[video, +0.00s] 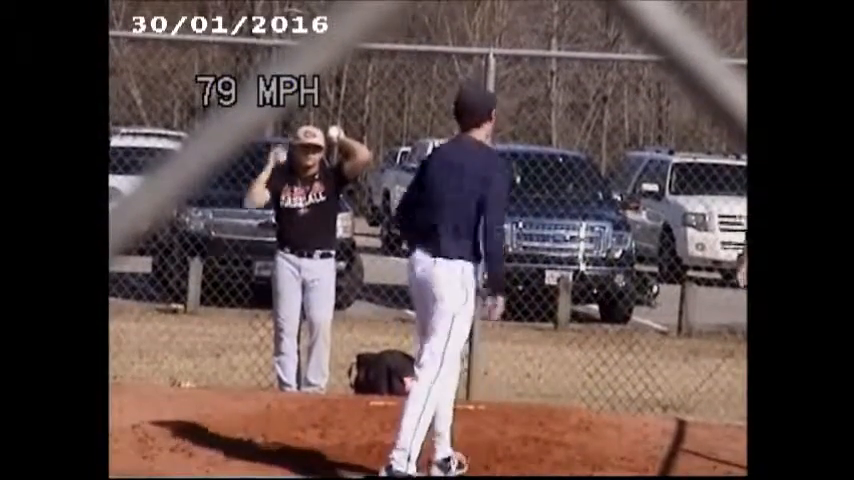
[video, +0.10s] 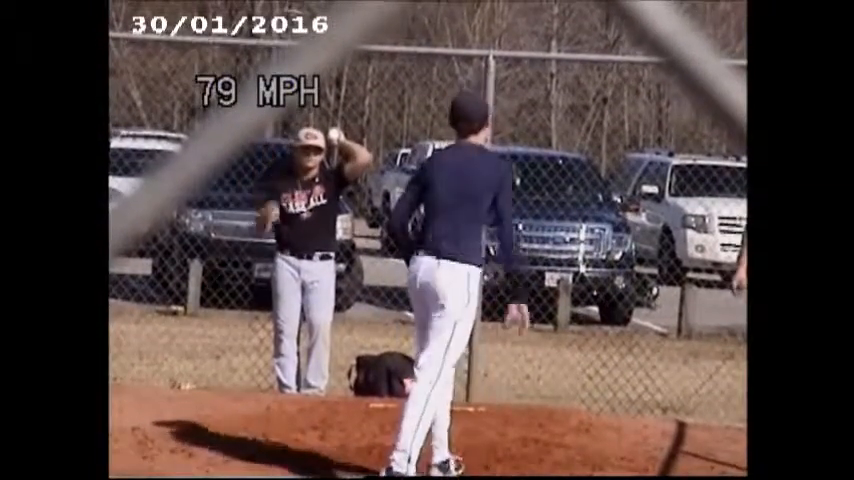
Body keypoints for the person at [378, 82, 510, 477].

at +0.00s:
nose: (496, 120)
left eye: (492, 113)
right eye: (495, 114)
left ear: (457, 116)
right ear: (491, 118)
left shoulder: (436, 156)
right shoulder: (493, 165)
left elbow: (405, 214)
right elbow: (492, 229)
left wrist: (424, 247)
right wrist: (496, 286)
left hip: (421, 261)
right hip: (456, 268)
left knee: (446, 361)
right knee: (433, 364)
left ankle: (443, 452)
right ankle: (400, 459)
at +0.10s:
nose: (492, 126)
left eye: (486, 120)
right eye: (491, 121)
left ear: (453, 123)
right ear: (487, 124)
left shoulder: (434, 161)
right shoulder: (498, 167)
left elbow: (397, 219)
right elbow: (507, 233)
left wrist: (414, 256)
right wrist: (519, 290)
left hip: (422, 267)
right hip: (461, 273)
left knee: (438, 365)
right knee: (432, 368)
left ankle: (441, 456)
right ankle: (401, 461)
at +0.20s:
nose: (480, 125)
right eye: (482, 119)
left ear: (447, 123)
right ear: (482, 123)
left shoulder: (431, 161)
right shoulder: (499, 164)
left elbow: (397, 220)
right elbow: (518, 225)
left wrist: (416, 256)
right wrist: (532, 282)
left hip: (423, 261)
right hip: (463, 267)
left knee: (436, 361)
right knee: (438, 364)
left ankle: (440, 454)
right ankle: (406, 457)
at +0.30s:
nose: (479, 123)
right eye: (479, 118)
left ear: (442, 123)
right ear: (476, 122)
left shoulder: (427, 162)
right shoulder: (497, 161)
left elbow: (400, 217)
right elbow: (523, 218)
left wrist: (418, 252)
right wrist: (536, 270)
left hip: (428, 259)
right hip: (466, 263)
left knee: (435, 358)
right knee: (454, 359)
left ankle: (442, 454)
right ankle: (420, 447)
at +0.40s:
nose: (478, 120)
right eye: (477, 115)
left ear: (441, 119)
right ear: (473, 117)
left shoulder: (426, 154)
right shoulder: (495, 153)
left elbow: (401, 213)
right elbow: (521, 210)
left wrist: (421, 244)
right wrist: (535, 261)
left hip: (432, 252)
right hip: (472, 257)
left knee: (435, 349)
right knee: (475, 354)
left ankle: (440, 438)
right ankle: (438, 430)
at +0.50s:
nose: (478, 113)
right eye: (478, 108)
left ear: (442, 112)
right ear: (475, 111)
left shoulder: (426, 151)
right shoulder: (494, 148)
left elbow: (400, 213)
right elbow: (519, 204)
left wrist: (423, 228)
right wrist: (533, 258)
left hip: (437, 251)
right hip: (477, 255)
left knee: (442, 352)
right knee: (486, 353)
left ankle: (440, 454)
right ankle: (456, 423)